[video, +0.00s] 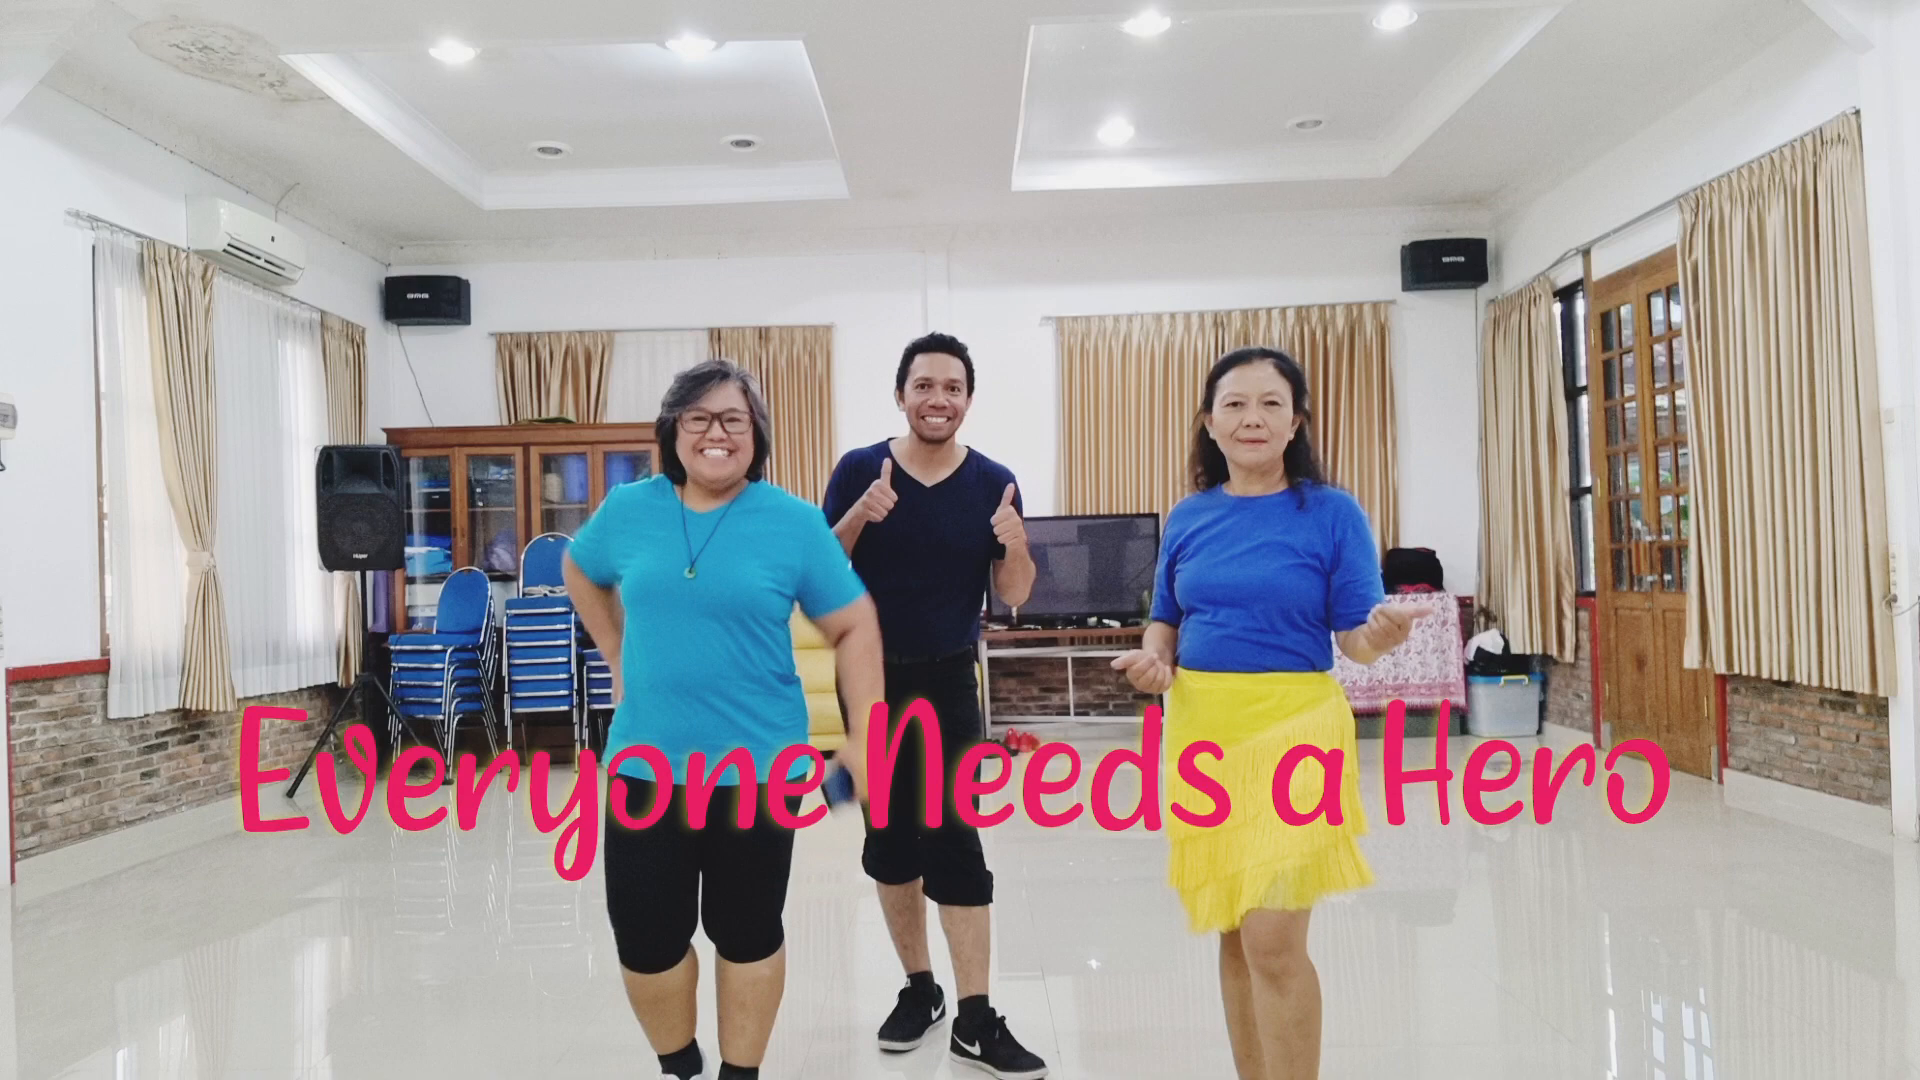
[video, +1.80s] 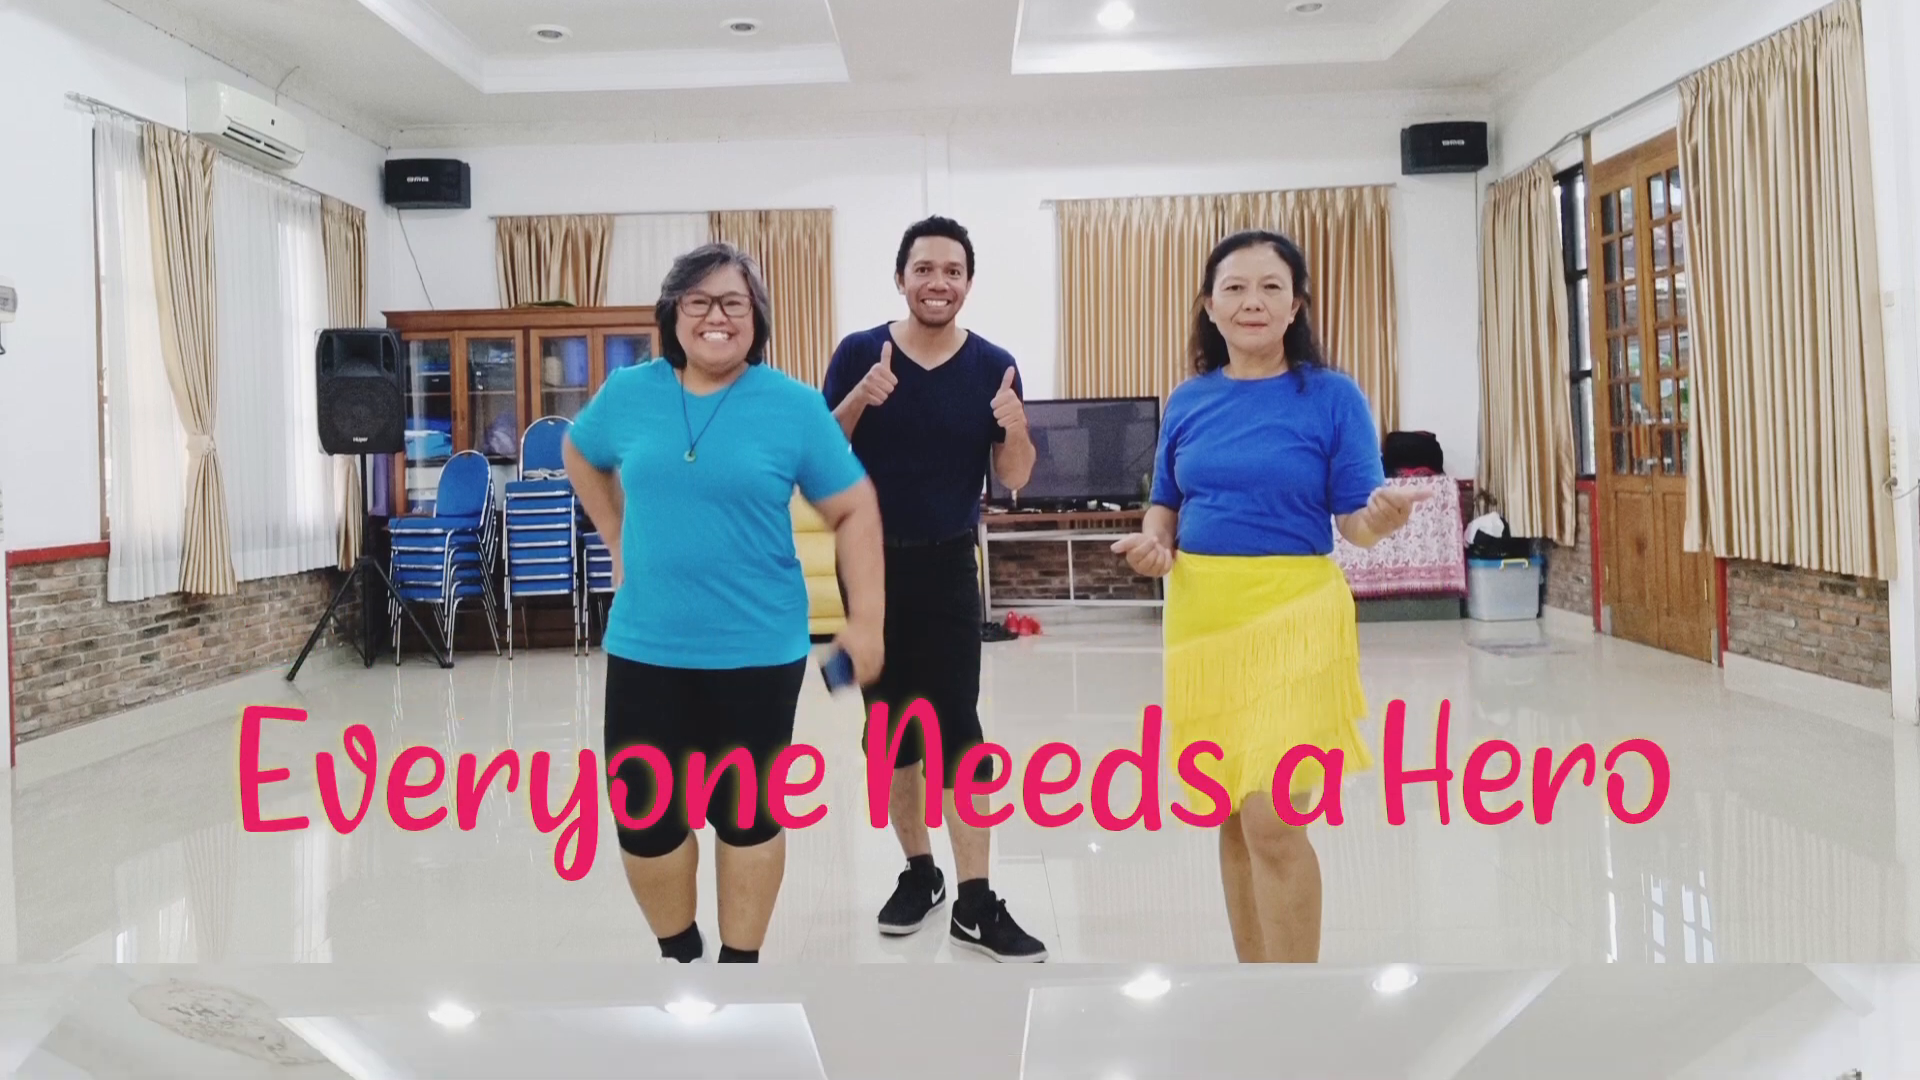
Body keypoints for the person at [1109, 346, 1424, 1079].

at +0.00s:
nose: (1252, 418)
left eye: (1270, 404)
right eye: (1234, 404)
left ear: (1295, 421)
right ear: (1210, 421)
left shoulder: (1333, 512)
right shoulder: (1186, 517)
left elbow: (1356, 643)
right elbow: (1163, 628)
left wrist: (1380, 635)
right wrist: (1151, 660)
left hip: (1297, 723)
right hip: (1204, 724)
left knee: (1272, 941)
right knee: (1237, 941)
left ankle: (1296, 1077)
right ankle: (1254, 1078)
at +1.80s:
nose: (1252, 302)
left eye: (1270, 287)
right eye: (1234, 288)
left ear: (1295, 304)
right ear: (1210, 305)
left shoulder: (1333, 396)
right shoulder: (1186, 401)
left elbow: (1356, 526)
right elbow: (1163, 508)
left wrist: (1380, 516)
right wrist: (1150, 542)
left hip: (1295, 607)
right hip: (1202, 608)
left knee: (1272, 817)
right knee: (1233, 818)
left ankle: (1296, 1004)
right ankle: (1259, 997)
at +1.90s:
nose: (1252, 141)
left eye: (1270, 127)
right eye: (1235, 128)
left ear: (1296, 143)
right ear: (1210, 145)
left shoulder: (1333, 236)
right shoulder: (1186, 241)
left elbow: (1357, 367)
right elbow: (1163, 346)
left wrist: (1381, 357)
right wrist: (1152, 381)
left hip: (1295, 446)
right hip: (1202, 449)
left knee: (1271, 663)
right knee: (1236, 663)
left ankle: (1304, 836)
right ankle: (1255, 830)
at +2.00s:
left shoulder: (1339, 1)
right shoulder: (1183, 3)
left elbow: (1355, 100)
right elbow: (1164, 78)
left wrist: (1384, 93)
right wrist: (1154, 117)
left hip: (1294, 179)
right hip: (1204, 182)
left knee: (1271, 400)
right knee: (1237, 400)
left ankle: (1295, 587)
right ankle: (1257, 577)